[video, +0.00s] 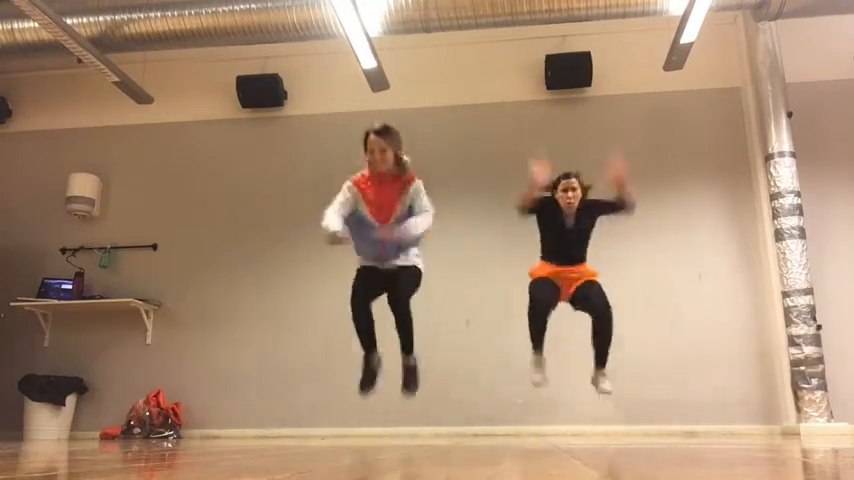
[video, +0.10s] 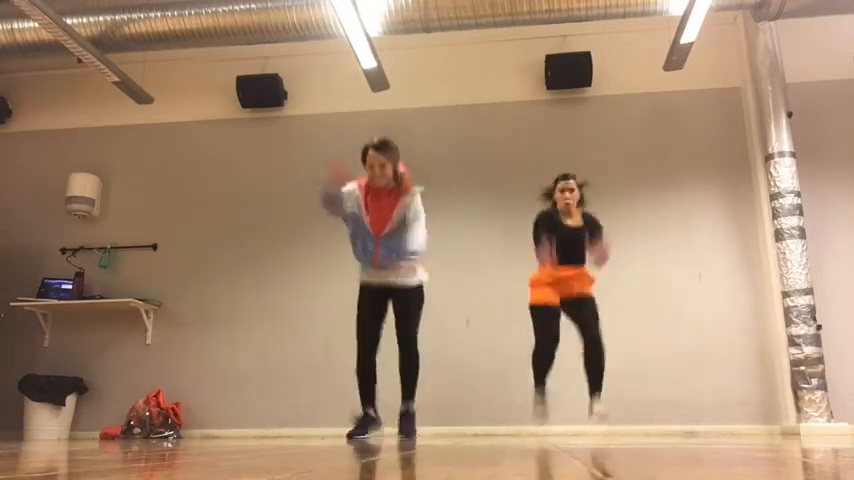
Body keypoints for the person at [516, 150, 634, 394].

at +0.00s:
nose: (569, 195)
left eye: (574, 190)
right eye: (564, 190)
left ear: (582, 193)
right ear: (556, 193)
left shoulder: (590, 208)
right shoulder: (545, 206)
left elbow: (625, 206)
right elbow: (523, 207)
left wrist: (621, 184)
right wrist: (534, 189)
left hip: (579, 279)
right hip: (548, 277)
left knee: (602, 310)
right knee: (539, 301)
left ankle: (600, 372)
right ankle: (537, 357)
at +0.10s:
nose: (567, 195)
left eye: (571, 190)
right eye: (562, 191)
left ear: (579, 194)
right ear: (554, 195)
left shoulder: (589, 221)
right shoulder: (545, 220)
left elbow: (599, 259)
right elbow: (544, 256)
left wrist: (601, 247)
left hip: (577, 285)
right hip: (547, 286)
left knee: (593, 337)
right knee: (547, 339)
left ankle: (595, 399)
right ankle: (540, 390)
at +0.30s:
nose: (556, 220)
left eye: (561, 215)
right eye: (551, 217)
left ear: (570, 221)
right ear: (545, 225)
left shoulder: (586, 248)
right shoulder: (538, 247)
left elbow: (610, 279)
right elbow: (545, 254)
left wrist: (633, 302)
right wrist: (553, 212)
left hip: (579, 314)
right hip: (546, 314)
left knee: (592, 362)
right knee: (517, 356)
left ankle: (592, 421)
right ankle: (523, 406)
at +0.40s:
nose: (557, 233)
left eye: (561, 229)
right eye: (552, 231)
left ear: (570, 235)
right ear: (547, 239)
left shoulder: (587, 262)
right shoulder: (541, 251)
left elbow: (618, 292)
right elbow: (517, 222)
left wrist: (646, 321)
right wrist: (504, 190)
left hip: (577, 326)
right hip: (545, 325)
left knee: (594, 363)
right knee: (517, 365)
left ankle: (586, 419)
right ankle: (524, 393)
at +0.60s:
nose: (554, 262)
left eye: (558, 258)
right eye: (549, 258)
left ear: (567, 262)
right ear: (542, 264)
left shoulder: (580, 292)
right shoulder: (534, 288)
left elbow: (603, 329)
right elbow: (514, 299)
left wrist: (629, 363)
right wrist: (500, 301)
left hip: (574, 359)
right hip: (543, 362)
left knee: (619, 371)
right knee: (543, 427)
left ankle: (581, 416)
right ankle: (525, 425)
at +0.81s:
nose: (548, 273)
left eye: (552, 269)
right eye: (543, 269)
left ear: (558, 272)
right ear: (534, 273)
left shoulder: (566, 287)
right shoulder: (525, 299)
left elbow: (586, 261)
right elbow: (534, 329)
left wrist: (578, 226)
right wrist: (542, 347)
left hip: (574, 357)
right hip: (546, 365)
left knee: (619, 377)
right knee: (539, 430)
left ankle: (608, 410)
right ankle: (530, 421)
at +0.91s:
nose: (551, 268)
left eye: (555, 264)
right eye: (546, 263)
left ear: (560, 266)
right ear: (537, 268)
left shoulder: (566, 282)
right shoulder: (529, 289)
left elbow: (580, 252)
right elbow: (547, 301)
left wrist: (566, 224)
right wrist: (550, 288)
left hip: (574, 356)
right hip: (541, 361)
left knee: (593, 415)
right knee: (535, 429)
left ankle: (619, 405)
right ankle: (530, 424)